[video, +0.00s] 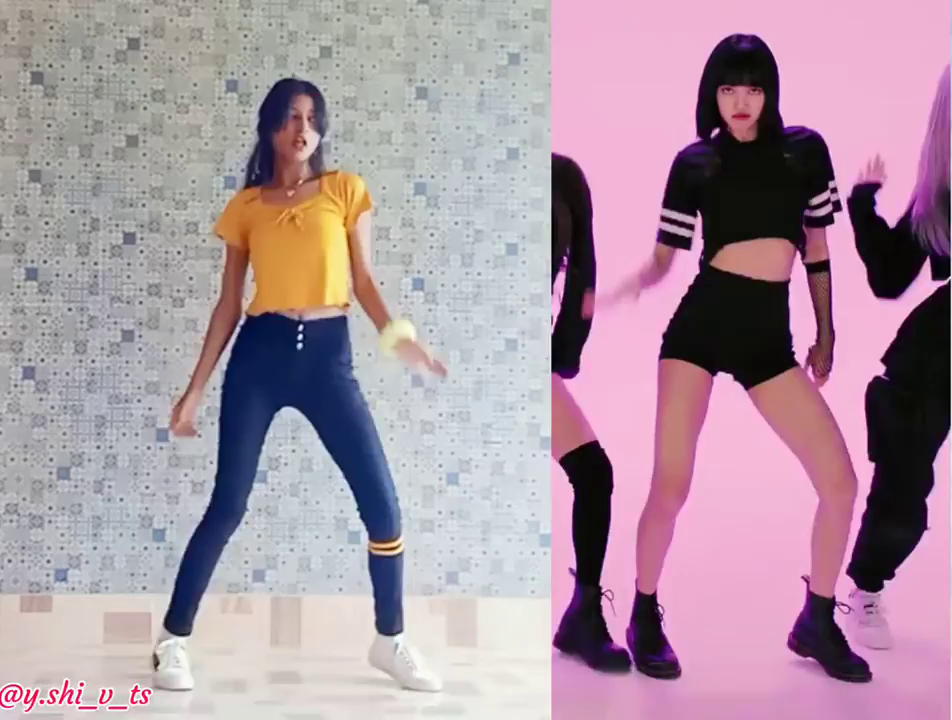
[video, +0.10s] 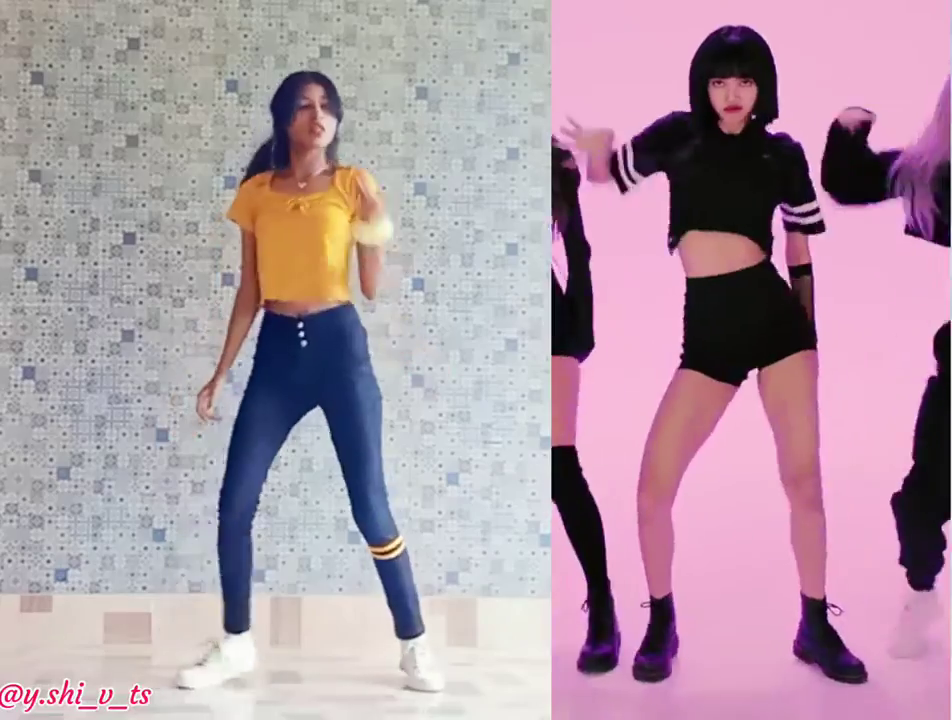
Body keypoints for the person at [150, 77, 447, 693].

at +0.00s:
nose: (300, 129)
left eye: (309, 120)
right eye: (288, 119)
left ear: (320, 130)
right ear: (267, 128)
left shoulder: (345, 189)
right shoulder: (246, 206)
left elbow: (362, 277)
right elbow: (228, 306)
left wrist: (399, 336)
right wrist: (194, 388)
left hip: (329, 359)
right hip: (257, 359)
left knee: (383, 505)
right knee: (229, 503)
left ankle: (389, 640)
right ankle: (173, 640)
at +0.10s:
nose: (314, 115)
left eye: (324, 107)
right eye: (301, 106)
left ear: (337, 122)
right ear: (281, 120)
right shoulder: (257, 190)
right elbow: (250, 287)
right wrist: (221, 370)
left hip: (340, 353)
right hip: (275, 356)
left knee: (370, 507)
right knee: (234, 502)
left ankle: (415, 645)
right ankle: (236, 645)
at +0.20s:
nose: (316, 118)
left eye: (329, 109)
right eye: (304, 109)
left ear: (343, 125)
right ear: (288, 126)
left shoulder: (355, 186)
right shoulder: (266, 200)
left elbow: (342, 266)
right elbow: (257, 303)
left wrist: (314, 200)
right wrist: (228, 389)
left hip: (348, 360)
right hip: (284, 364)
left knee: (376, 512)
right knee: (232, 499)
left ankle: (411, 650)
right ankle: (245, 647)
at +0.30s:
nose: (308, 119)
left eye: (321, 111)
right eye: (297, 110)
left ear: (335, 127)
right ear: (282, 127)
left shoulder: (345, 176)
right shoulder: (265, 208)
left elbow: (295, 222)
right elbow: (259, 307)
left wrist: (231, 186)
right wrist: (229, 393)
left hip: (348, 355)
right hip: (285, 360)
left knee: (379, 511)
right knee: (218, 496)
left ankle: (412, 649)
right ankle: (212, 636)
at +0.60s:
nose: (247, 109)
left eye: (258, 103)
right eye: (237, 99)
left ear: (271, 120)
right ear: (220, 112)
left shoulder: (270, 172)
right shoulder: (201, 183)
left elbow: (278, 152)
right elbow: (195, 275)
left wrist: (288, 113)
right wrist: (169, 349)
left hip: (257, 337)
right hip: (203, 344)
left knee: (281, 493)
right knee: (189, 496)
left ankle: (348, 630)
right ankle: (183, 644)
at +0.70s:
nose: (231, 107)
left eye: (243, 100)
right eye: (221, 98)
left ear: (260, 117)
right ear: (205, 111)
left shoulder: (260, 170)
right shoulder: (183, 182)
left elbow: (301, 155)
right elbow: (164, 253)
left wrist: (346, 129)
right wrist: (143, 309)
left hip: (234, 335)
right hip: (181, 336)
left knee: (223, 496)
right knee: (179, 496)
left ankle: (283, 627)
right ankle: (181, 639)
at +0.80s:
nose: (217, 109)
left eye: (230, 102)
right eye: (207, 101)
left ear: (247, 118)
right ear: (193, 116)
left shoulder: (255, 174)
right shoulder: (171, 183)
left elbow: (313, 190)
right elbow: (124, 239)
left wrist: (387, 196)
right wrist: (119, 263)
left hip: (222, 336)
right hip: (166, 335)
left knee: (174, 480)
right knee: (168, 488)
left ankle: (222, 615)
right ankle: (181, 639)